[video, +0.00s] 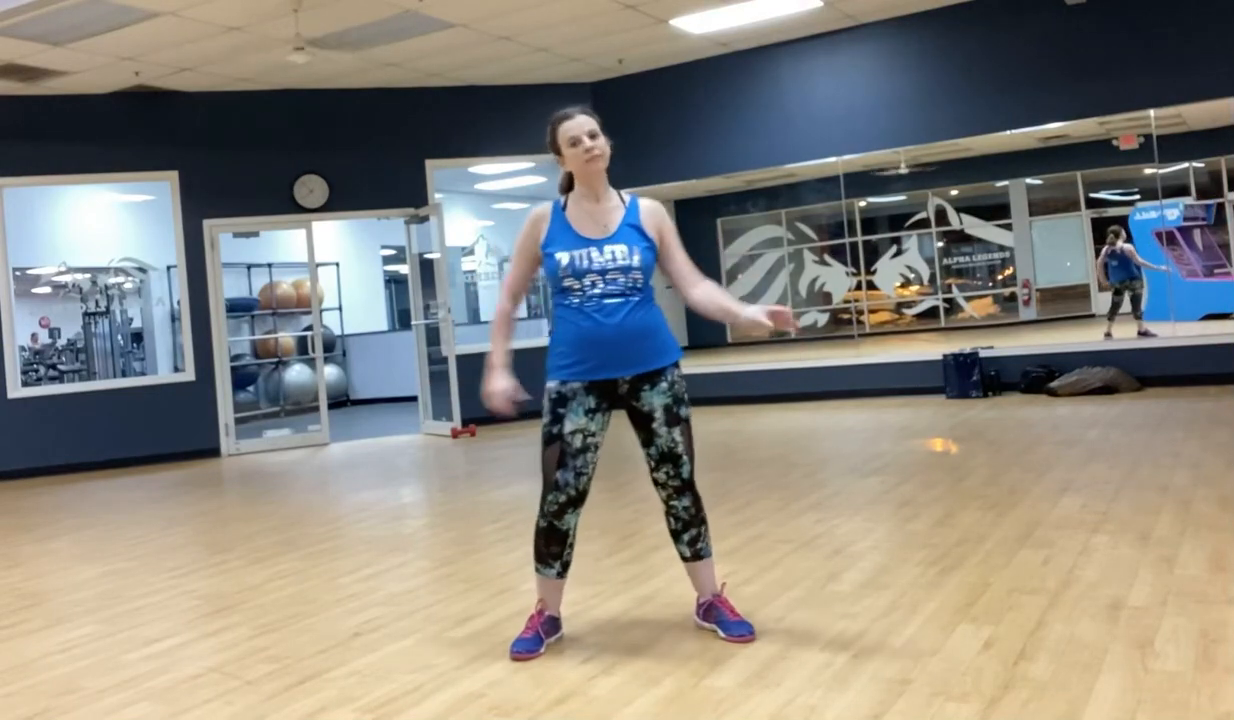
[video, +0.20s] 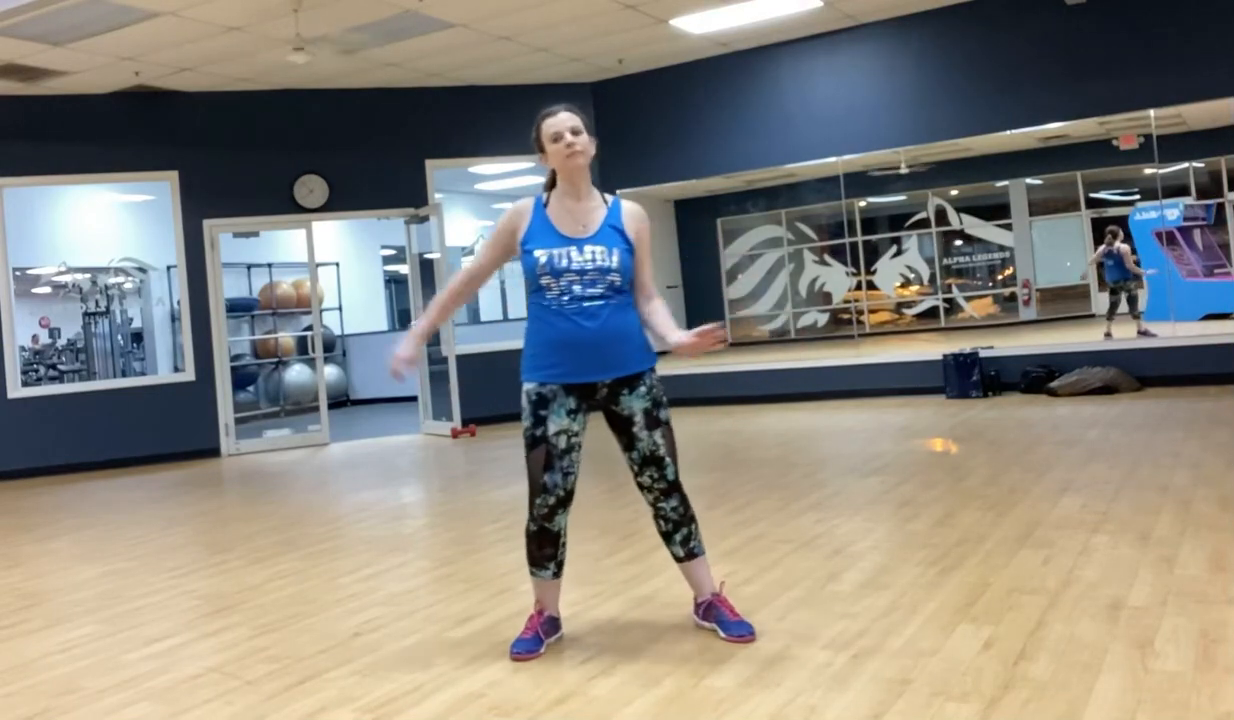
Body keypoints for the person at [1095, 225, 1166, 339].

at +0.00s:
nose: (1125, 234)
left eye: (1124, 232)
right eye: (1123, 232)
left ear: (1112, 236)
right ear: (1120, 235)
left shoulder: (1107, 249)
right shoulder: (1128, 247)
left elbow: (1099, 263)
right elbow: (1139, 262)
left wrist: (1103, 280)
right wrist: (1158, 268)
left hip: (1117, 281)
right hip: (1134, 279)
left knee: (1114, 306)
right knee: (1136, 305)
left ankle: (1108, 330)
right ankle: (1141, 328)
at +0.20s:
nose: (1123, 234)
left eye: (1121, 232)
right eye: (1121, 232)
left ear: (1109, 236)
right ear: (1118, 235)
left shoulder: (1103, 248)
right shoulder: (1124, 248)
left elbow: (1093, 260)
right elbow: (1129, 265)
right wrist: (1142, 272)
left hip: (1112, 281)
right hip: (1127, 279)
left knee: (1113, 305)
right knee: (1133, 303)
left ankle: (1108, 329)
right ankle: (1140, 327)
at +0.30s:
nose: (1121, 234)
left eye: (1120, 233)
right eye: (1120, 233)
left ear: (1108, 236)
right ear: (1118, 235)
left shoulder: (1102, 247)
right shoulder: (1123, 248)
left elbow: (1091, 257)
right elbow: (1127, 265)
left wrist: (1079, 267)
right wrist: (1137, 275)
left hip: (1110, 281)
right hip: (1125, 279)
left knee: (1112, 304)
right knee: (1133, 302)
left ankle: (1108, 330)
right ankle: (1140, 327)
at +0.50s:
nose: (1121, 234)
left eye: (1119, 232)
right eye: (1119, 232)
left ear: (1107, 235)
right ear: (1117, 234)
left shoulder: (1103, 246)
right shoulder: (1122, 246)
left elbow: (1090, 251)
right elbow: (1127, 262)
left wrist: (1076, 256)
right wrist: (1133, 276)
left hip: (1109, 280)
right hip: (1123, 279)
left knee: (1111, 304)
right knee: (1137, 299)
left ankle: (1107, 330)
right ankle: (1140, 325)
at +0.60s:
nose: (1121, 233)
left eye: (1120, 231)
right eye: (1119, 232)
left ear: (1108, 235)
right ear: (1117, 234)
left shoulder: (1104, 246)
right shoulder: (1123, 245)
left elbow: (1091, 249)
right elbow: (1128, 261)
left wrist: (1077, 251)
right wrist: (1132, 274)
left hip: (1109, 281)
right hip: (1123, 279)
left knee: (1111, 304)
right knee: (1138, 299)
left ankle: (1108, 330)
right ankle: (1139, 326)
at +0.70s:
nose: (1123, 233)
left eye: (1122, 231)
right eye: (1122, 232)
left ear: (1110, 235)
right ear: (1120, 234)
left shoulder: (1106, 245)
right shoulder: (1126, 245)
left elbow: (1093, 247)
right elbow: (1130, 258)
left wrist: (1077, 245)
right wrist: (1133, 272)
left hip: (1112, 279)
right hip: (1125, 279)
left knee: (1113, 303)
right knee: (1139, 299)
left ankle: (1108, 330)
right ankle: (1138, 327)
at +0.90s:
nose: (1129, 234)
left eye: (1128, 232)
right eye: (1127, 233)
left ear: (1117, 237)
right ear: (1124, 236)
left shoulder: (1116, 247)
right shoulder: (1129, 245)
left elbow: (1103, 256)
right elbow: (1128, 259)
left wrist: (1090, 260)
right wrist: (1133, 276)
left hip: (1118, 280)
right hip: (1128, 280)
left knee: (1119, 302)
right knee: (1145, 302)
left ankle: (1101, 322)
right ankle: (1139, 328)